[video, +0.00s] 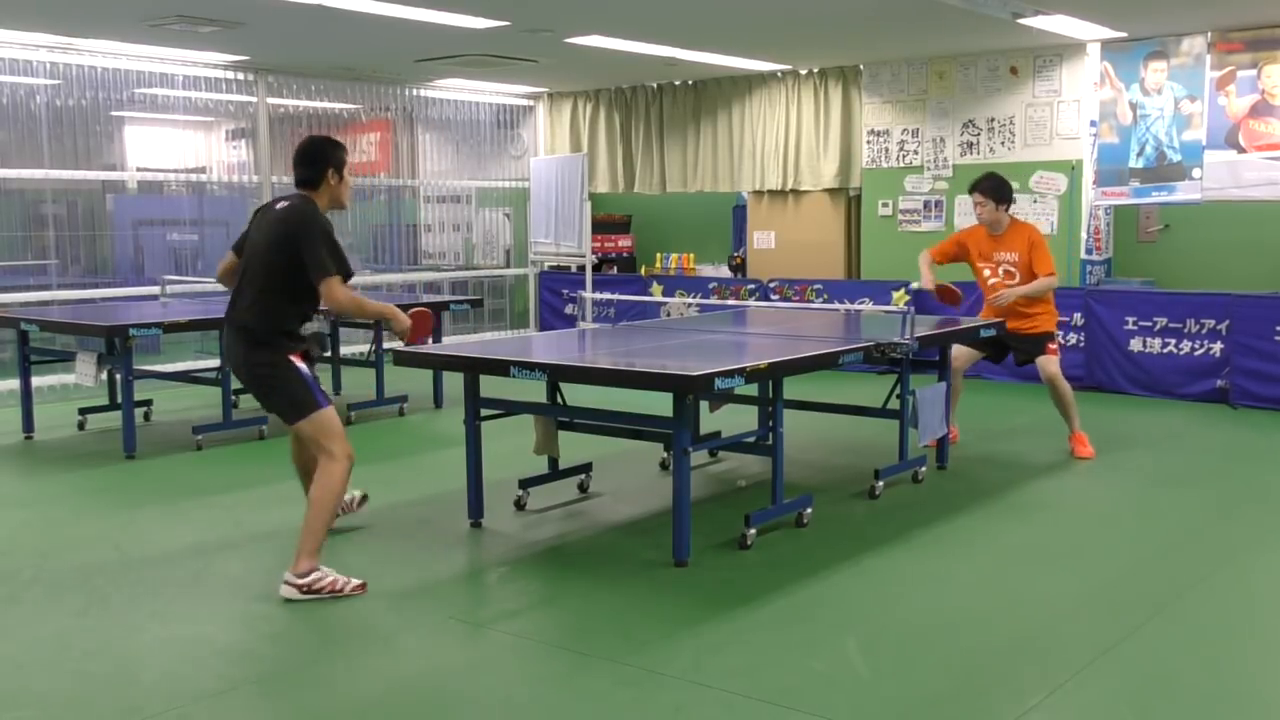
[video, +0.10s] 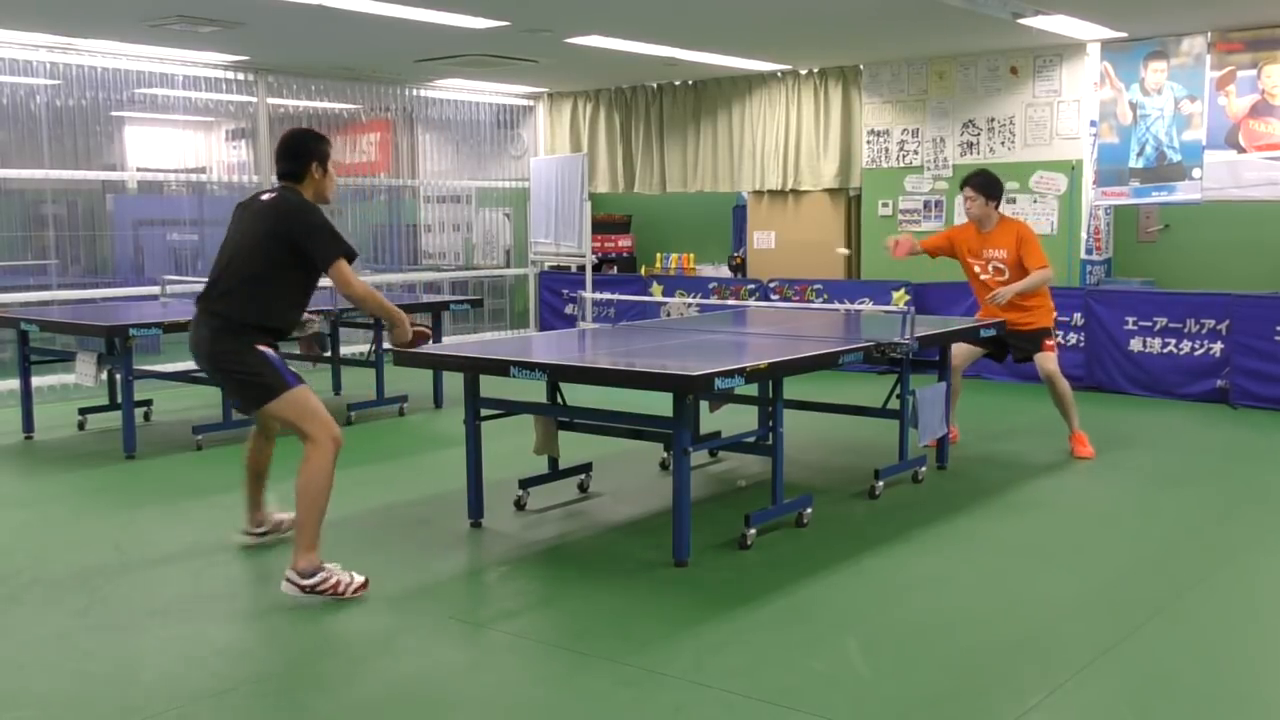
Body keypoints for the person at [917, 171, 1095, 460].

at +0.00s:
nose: (977, 211)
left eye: (982, 205)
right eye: (975, 205)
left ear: (1003, 206)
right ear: (973, 206)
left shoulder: (1029, 234)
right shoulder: (970, 238)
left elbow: (1050, 280)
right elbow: (926, 255)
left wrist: (1016, 292)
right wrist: (927, 276)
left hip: (1035, 322)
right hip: (993, 321)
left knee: (1051, 374)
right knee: (953, 361)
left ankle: (1076, 433)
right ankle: (947, 427)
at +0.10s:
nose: (966, 205)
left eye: (972, 200)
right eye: (965, 200)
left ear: (992, 202)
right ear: (965, 201)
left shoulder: (1019, 231)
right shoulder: (959, 235)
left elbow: (1044, 273)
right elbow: (921, 247)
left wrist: (1013, 289)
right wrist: (906, 242)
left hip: (1033, 319)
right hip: (991, 319)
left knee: (1049, 370)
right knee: (952, 359)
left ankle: (1076, 433)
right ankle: (948, 428)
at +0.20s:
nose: (965, 199)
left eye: (971, 193)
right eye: (963, 194)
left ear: (991, 196)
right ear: (963, 196)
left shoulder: (1019, 227)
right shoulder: (957, 233)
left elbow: (1047, 265)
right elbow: (914, 245)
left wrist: (1016, 282)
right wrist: (898, 235)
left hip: (1032, 318)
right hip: (989, 318)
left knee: (1052, 370)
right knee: (953, 358)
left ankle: (1075, 430)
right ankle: (947, 427)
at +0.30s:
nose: (974, 196)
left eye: (981, 190)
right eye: (972, 191)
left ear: (999, 193)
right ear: (972, 194)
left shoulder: (1026, 226)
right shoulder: (964, 232)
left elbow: (1055, 263)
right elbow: (924, 253)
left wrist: (1026, 276)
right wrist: (909, 241)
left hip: (1033, 317)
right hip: (990, 317)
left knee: (1054, 373)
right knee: (957, 359)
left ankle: (1075, 421)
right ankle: (947, 426)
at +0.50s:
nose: (1001, 184)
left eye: (1008, 178)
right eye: (999, 179)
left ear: (1027, 181)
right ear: (999, 182)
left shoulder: (1052, 216)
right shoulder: (999, 220)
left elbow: (1076, 256)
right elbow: (975, 256)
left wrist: (1046, 271)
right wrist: (945, 261)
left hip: (1053, 312)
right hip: (1015, 311)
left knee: (1058, 368)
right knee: (988, 355)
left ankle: (1075, 424)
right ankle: (957, 417)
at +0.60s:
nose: (1009, 175)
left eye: (1016, 169)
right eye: (1007, 170)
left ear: (1034, 173)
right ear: (1006, 174)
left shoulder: (1058, 208)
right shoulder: (1005, 212)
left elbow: (1083, 248)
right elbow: (991, 251)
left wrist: (1055, 273)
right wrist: (969, 266)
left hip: (1065, 299)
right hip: (1025, 298)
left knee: (1073, 357)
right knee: (996, 347)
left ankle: (1085, 421)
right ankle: (994, 409)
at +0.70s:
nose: (1016, 182)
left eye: (1023, 177)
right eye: (1014, 177)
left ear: (1041, 180)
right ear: (1012, 180)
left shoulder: (1066, 213)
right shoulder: (1013, 217)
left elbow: (1091, 253)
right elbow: (1004, 257)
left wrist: (1063, 281)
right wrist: (985, 276)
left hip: (1070, 301)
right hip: (1031, 301)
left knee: (1083, 358)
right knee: (1010, 353)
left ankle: (1115, 417)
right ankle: (1018, 402)